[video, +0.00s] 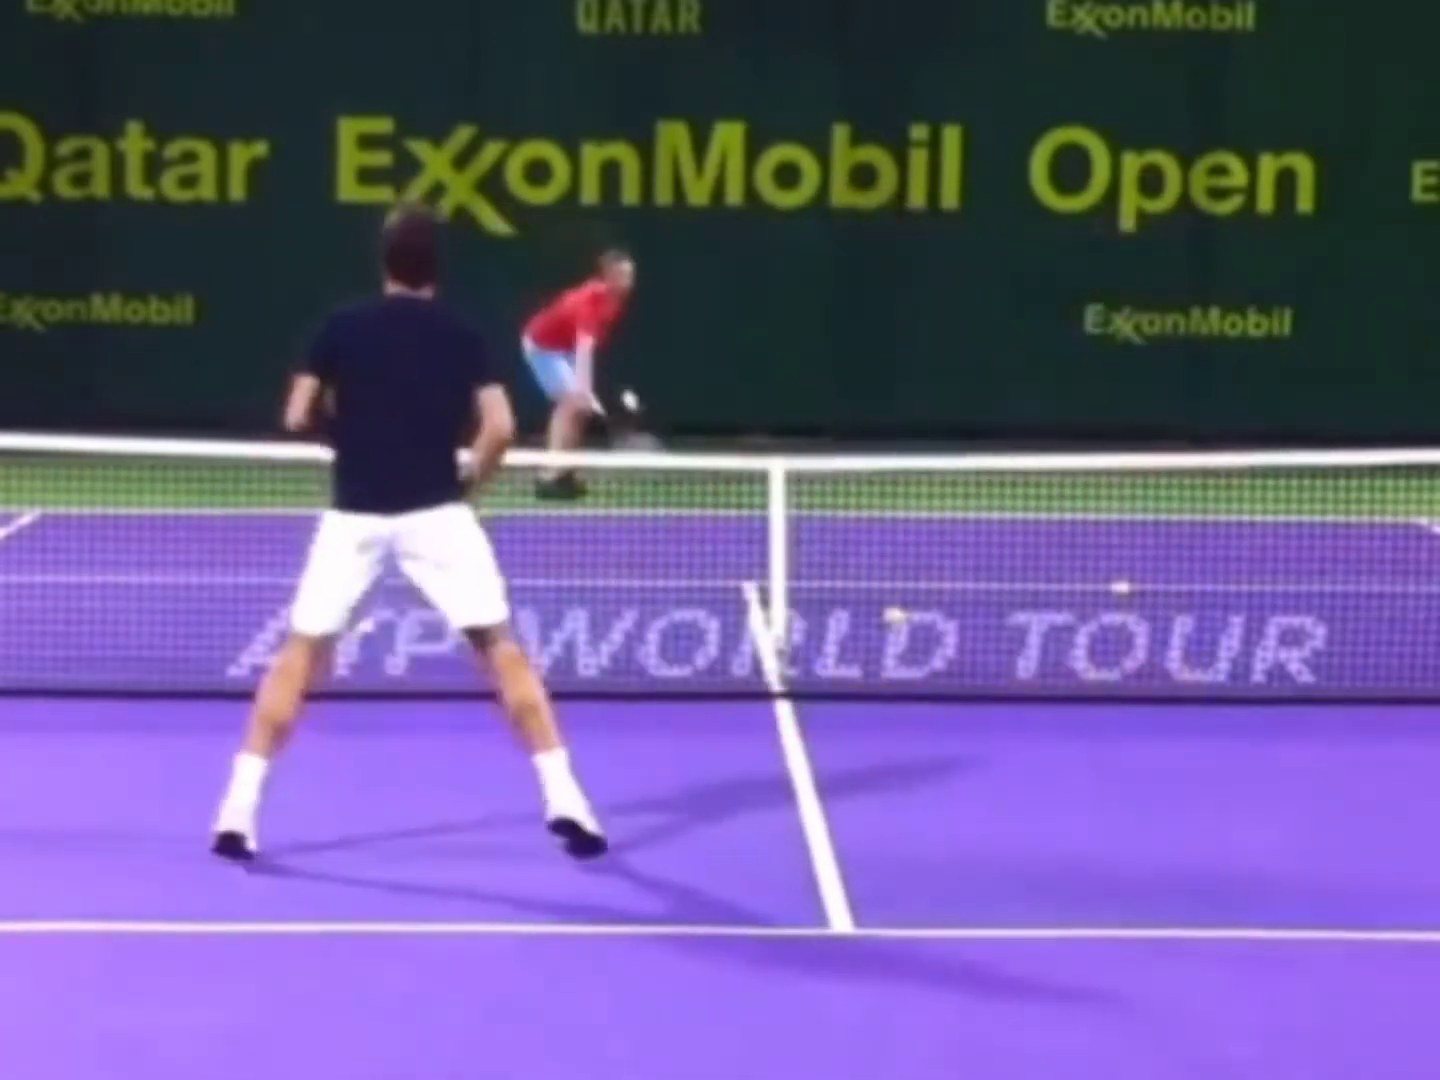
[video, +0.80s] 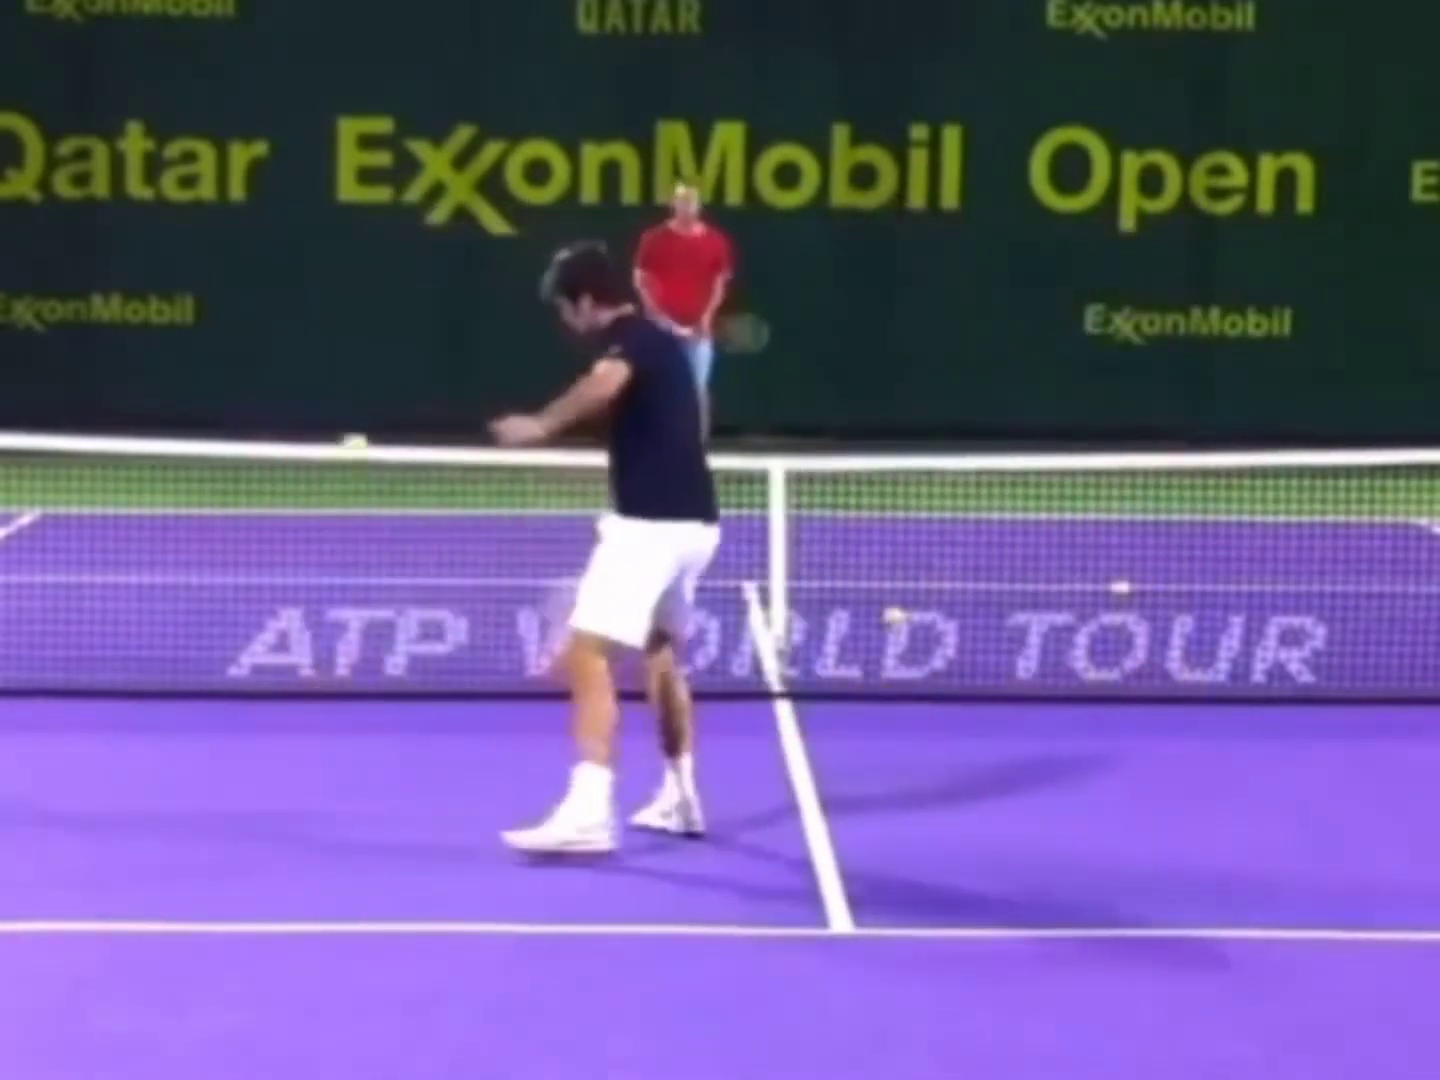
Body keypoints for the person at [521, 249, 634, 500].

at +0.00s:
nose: (627, 282)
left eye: (629, 275)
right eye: (621, 275)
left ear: (631, 277)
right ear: (607, 274)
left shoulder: (615, 298)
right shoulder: (592, 299)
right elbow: (584, 346)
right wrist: (585, 392)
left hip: (564, 346)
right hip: (540, 345)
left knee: (578, 402)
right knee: (570, 400)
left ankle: (567, 470)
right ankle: (550, 472)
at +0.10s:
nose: (631, 281)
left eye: (635, 274)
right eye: (626, 273)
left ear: (637, 277)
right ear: (611, 273)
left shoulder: (622, 299)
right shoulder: (594, 294)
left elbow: (598, 344)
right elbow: (570, 327)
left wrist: (596, 390)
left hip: (578, 345)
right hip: (551, 343)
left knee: (582, 403)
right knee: (575, 399)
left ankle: (569, 468)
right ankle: (554, 469)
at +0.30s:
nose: (638, 254)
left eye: (643, 248)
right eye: (633, 248)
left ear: (647, 250)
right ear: (621, 248)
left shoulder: (642, 269)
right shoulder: (607, 273)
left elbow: (643, 304)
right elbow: (568, 297)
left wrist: (653, 336)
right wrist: (571, 314)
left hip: (615, 340)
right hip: (580, 340)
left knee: (629, 402)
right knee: (586, 398)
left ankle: (611, 458)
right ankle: (555, 464)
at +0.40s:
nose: (646, 243)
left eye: (651, 237)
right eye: (641, 236)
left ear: (658, 240)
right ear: (631, 238)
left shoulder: (657, 268)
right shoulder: (619, 264)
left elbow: (661, 311)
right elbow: (578, 292)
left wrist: (669, 347)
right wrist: (581, 318)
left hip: (629, 342)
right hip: (594, 339)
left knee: (648, 401)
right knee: (593, 398)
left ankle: (648, 466)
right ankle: (560, 455)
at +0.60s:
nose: (668, 229)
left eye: (673, 223)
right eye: (664, 223)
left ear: (682, 227)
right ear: (655, 226)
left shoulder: (693, 263)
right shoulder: (635, 258)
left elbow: (699, 304)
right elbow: (614, 293)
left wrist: (683, 338)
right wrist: (628, 329)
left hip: (668, 345)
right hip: (631, 342)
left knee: (668, 408)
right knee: (618, 403)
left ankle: (668, 469)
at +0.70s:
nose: (676, 216)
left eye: (681, 210)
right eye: (672, 210)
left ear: (689, 213)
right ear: (664, 213)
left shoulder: (704, 246)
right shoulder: (648, 242)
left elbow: (712, 282)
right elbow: (628, 280)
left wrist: (695, 319)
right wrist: (644, 320)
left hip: (681, 335)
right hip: (646, 333)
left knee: (677, 400)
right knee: (639, 396)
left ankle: (674, 454)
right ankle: (636, 455)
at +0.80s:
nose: (685, 207)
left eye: (690, 201)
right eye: (681, 200)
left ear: (698, 205)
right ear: (672, 204)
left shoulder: (715, 241)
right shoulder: (653, 239)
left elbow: (719, 283)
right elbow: (641, 281)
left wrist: (705, 321)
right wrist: (667, 323)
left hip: (697, 331)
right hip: (662, 329)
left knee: (696, 395)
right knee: (662, 395)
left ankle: (698, 446)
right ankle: (664, 452)